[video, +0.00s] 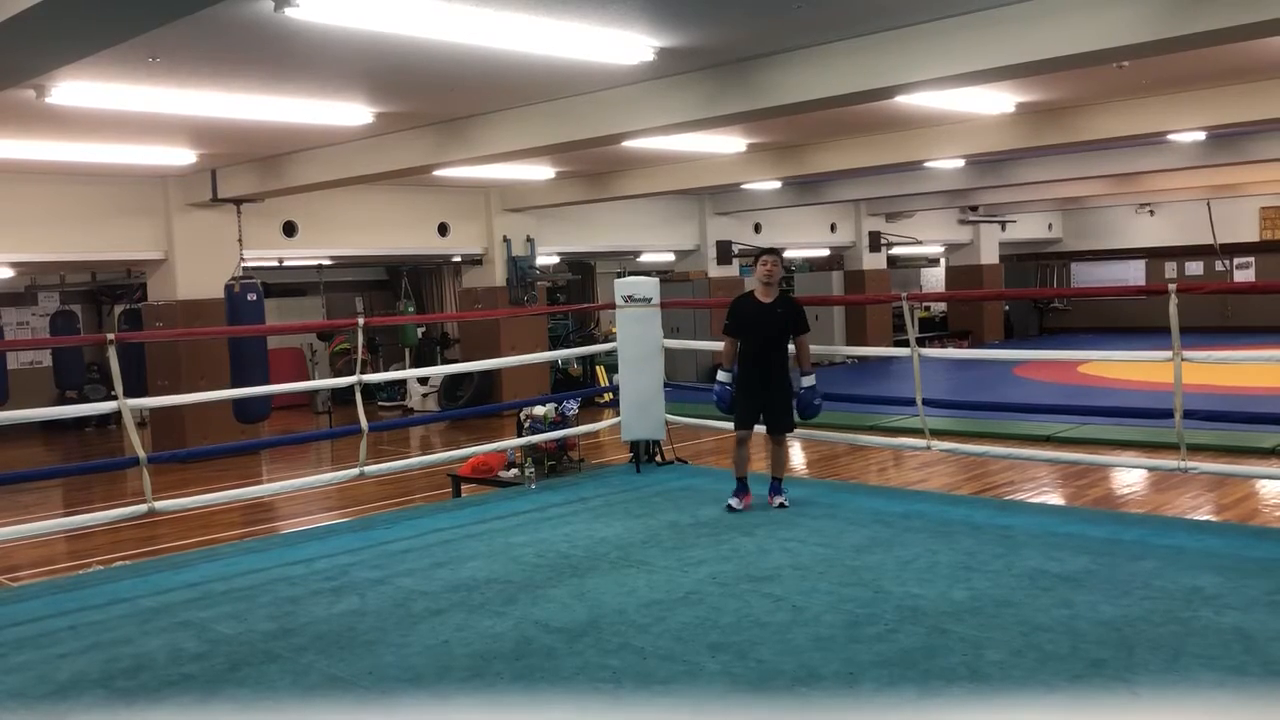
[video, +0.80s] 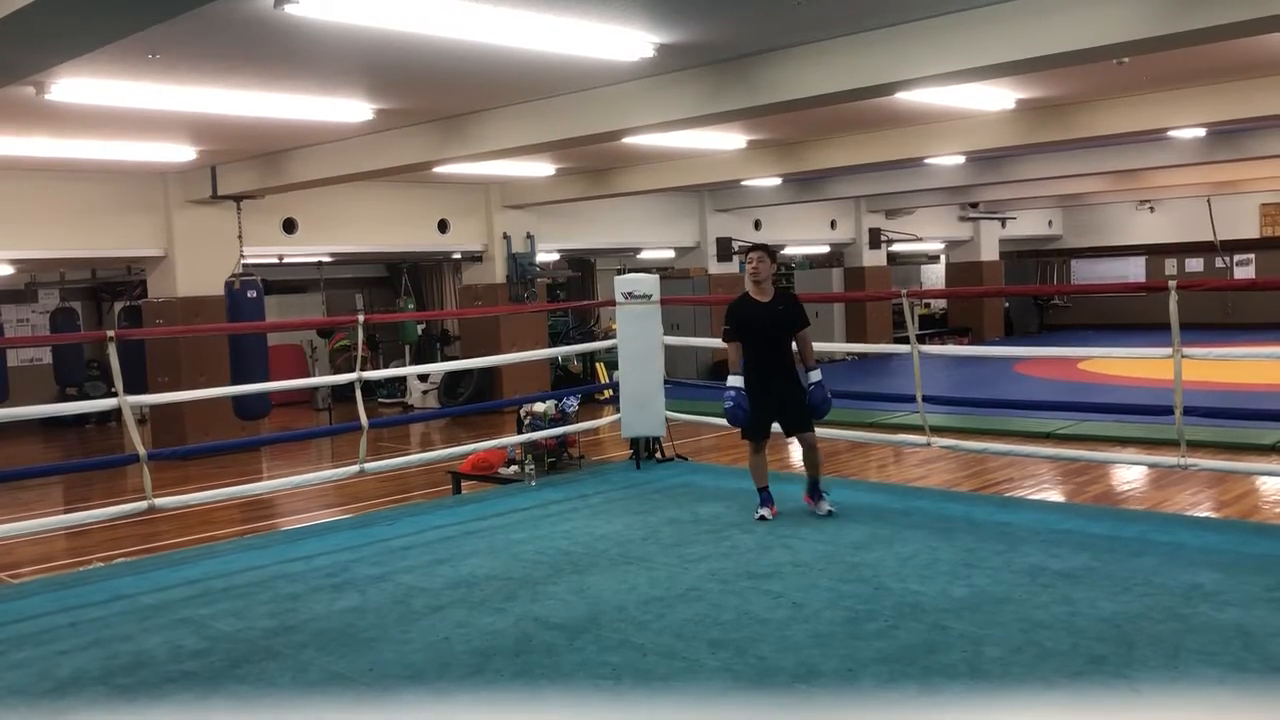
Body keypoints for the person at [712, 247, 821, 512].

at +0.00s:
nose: (768, 268)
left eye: (774, 264)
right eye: (763, 264)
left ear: (782, 272)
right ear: (755, 270)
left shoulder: (791, 306)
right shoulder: (740, 304)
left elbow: (802, 345)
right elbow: (730, 343)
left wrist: (808, 383)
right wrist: (723, 380)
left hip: (778, 382)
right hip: (746, 382)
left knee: (778, 439)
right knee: (741, 437)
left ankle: (776, 490)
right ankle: (741, 490)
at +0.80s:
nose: (754, 266)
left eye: (760, 261)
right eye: (750, 262)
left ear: (772, 267)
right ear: (745, 268)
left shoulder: (789, 301)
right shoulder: (737, 308)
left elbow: (804, 342)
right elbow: (734, 350)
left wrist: (815, 381)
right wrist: (733, 387)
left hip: (788, 382)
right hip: (754, 387)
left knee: (809, 440)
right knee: (757, 446)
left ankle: (814, 493)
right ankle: (765, 501)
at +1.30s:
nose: (791, 261)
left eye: (797, 256)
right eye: (787, 256)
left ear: (812, 262)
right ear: (783, 262)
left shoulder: (826, 301)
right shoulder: (772, 299)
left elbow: (839, 343)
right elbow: (760, 343)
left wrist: (845, 385)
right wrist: (751, 382)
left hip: (815, 386)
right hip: (779, 386)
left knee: (823, 446)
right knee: (769, 442)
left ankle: (829, 503)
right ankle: (766, 498)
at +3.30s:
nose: (773, 251)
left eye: (779, 246)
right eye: (769, 246)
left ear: (792, 250)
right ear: (764, 251)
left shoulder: (807, 287)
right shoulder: (759, 290)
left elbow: (818, 331)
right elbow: (752, 335)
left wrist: (818, 373)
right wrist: (747, 376)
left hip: (801, 374)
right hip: (769, 374)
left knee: (812, 433)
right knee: (772, 431)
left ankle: (821, 491)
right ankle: (777, 486)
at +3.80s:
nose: (777, 250)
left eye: (783, 245)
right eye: (772, 245)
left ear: (795, 249)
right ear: (767, 251)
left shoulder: (810, 284)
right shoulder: (761, 290)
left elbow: (820, 318)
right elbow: (754, 333)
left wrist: (810, 351)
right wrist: (750, 375)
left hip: (801, 367)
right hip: (770, 369)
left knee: (816, 431)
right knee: (775, 430)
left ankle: (825, 490)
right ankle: (781, 485)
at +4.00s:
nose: (778, 250)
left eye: (785, 245)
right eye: (774, 245)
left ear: (797, 250)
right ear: (769, 251)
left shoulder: (810, 281)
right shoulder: (762, 289)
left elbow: (812, 303)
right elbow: (755, 333)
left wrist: (795, 310)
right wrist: (750, 375)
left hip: (804, 370)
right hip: (773, 371)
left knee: (816, 431)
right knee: (776, 429)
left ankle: (826, 491)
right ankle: (781, 485)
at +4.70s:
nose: (775, 251)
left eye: (782, 246)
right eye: (772, 246)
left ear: (794, 249)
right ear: (766, 251)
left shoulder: (807, 283)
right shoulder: (763, 290)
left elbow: (810, 318)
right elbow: (759, 331)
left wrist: (799, 349)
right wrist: (756, 367)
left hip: (802, 365)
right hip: (771, 365)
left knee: (815, 427)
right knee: (775, 427)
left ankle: (825, 488)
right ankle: (781, 483)